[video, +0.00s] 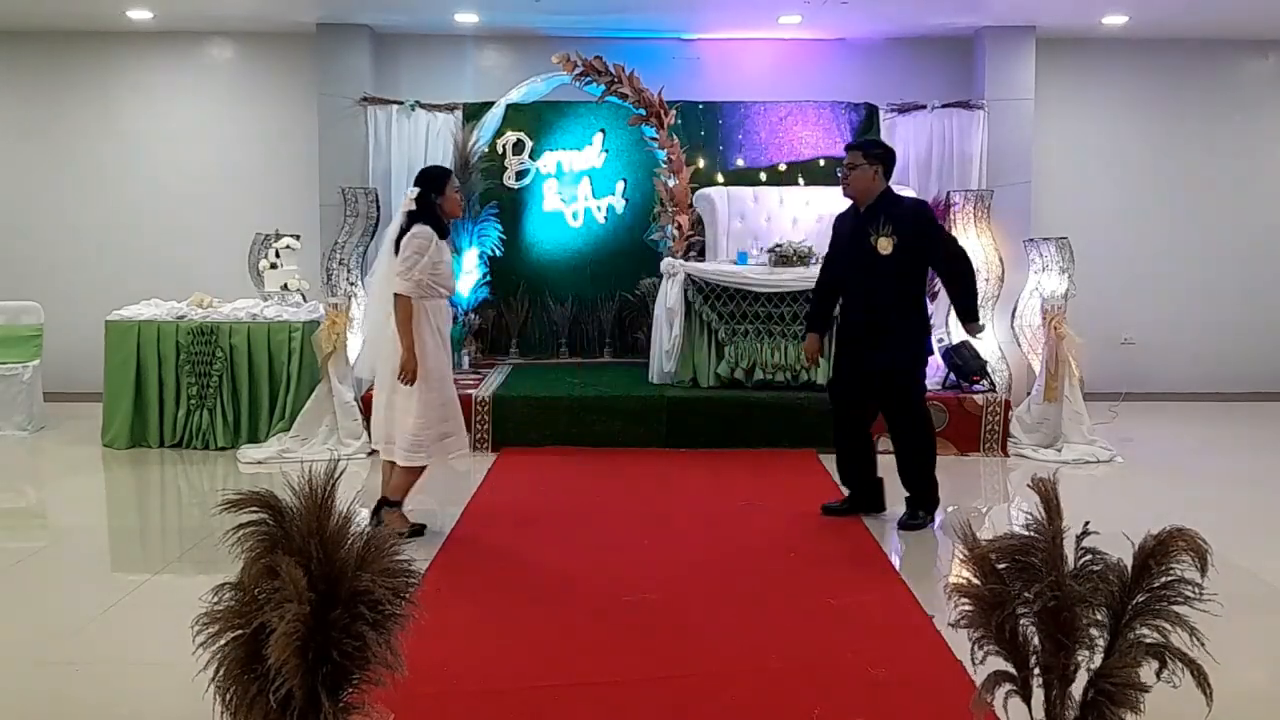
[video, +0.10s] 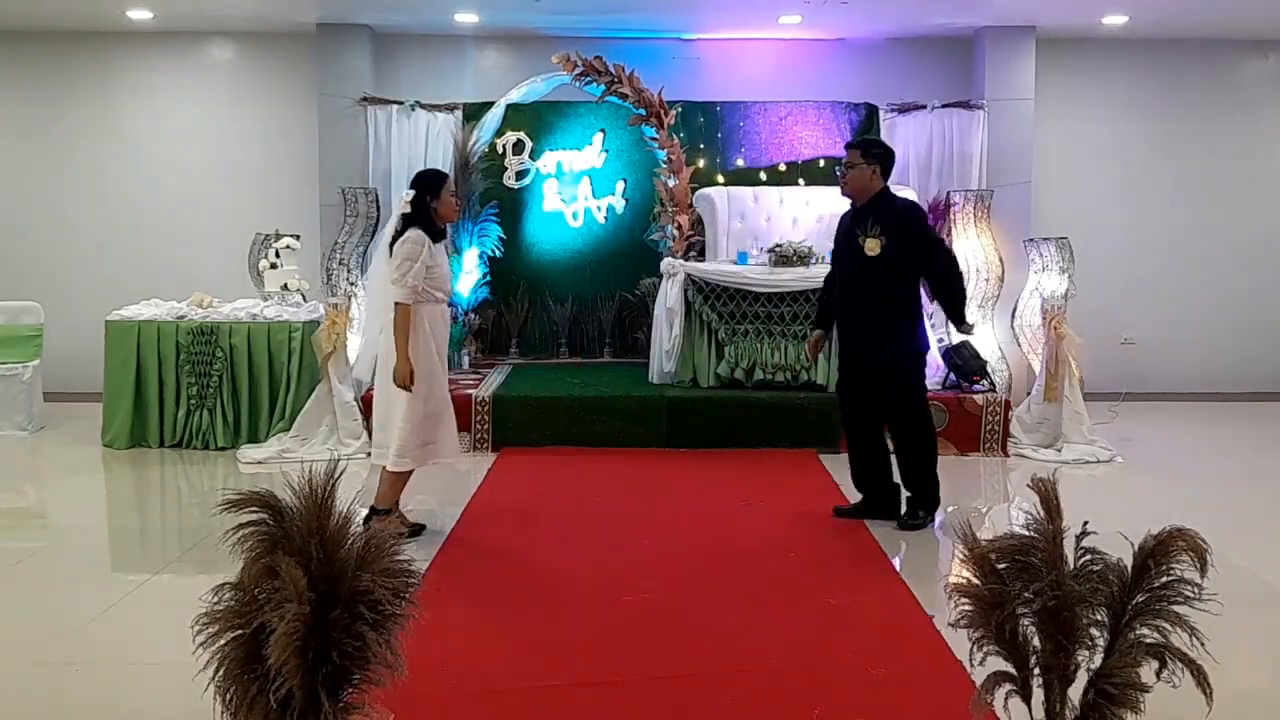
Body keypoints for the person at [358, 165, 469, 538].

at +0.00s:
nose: (461, 198)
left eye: (459, 192)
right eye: (454, 192)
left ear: (434, 197)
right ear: (436, 197)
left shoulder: (426, 232)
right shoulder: (422, 234)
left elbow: (408, 292)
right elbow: (401, 292)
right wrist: (407, 349)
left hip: (418, 341)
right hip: (419, 343)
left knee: (405, 421)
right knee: (427, 426)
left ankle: (389, 505)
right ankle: (392, 509)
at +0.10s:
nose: (457, 202)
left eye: (455, 195)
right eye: (451, 196)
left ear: (433, 201)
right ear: (431, 201)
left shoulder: (429, 240)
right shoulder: (415, 240)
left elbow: (416, 303)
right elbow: (403, 303)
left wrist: (428, 355)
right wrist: (402, 358)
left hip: (426, 345)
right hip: (415, 346)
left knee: (416, 426)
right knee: (410, 427)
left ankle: (389, 508)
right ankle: (382, 512)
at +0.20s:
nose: (456, 204)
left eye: (454, 197)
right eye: (449, 198)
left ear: (429, 202)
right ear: (429, 202)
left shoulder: (426, 243)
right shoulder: (415, 245)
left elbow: (420, 309)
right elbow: (414, 309)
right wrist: (410, 363)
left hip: (426, 354)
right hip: (408, 354)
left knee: (431, 429)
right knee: (402, 432)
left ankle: (398, 500)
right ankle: (380, 513)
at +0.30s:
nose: (456, 201)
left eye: (454, 194)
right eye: (450, 194)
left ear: (428, 198)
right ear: (430, 199)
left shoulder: (412, 238)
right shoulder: (421, 242)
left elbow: (417, 307)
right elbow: (421, 308)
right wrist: (435, 363)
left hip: (409, 352)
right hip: (407, 354)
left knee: (455, 412)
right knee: (396, 430)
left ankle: (417, 483)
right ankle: (380, 514)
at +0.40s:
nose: (459, 198)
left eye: (457, 190)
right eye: (453, 191)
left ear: (427, 195)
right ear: (434, 195)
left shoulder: (404, 231)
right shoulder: (428, 236)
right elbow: (434, 301)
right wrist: (460, 349)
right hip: (413, 344)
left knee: (455, 411)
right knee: (398, 423)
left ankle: (446, 494)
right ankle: (380, 512)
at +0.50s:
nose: (461, 202)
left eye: (460, 195)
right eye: (456, 196)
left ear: (430, 200)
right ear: (437, 201)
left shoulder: (415, 238)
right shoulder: (435, 242)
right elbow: (443, 305)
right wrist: (477, 342)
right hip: (421, 343)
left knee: (459, 419)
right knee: (405, 426)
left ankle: (469, 502)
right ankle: (381, 513)